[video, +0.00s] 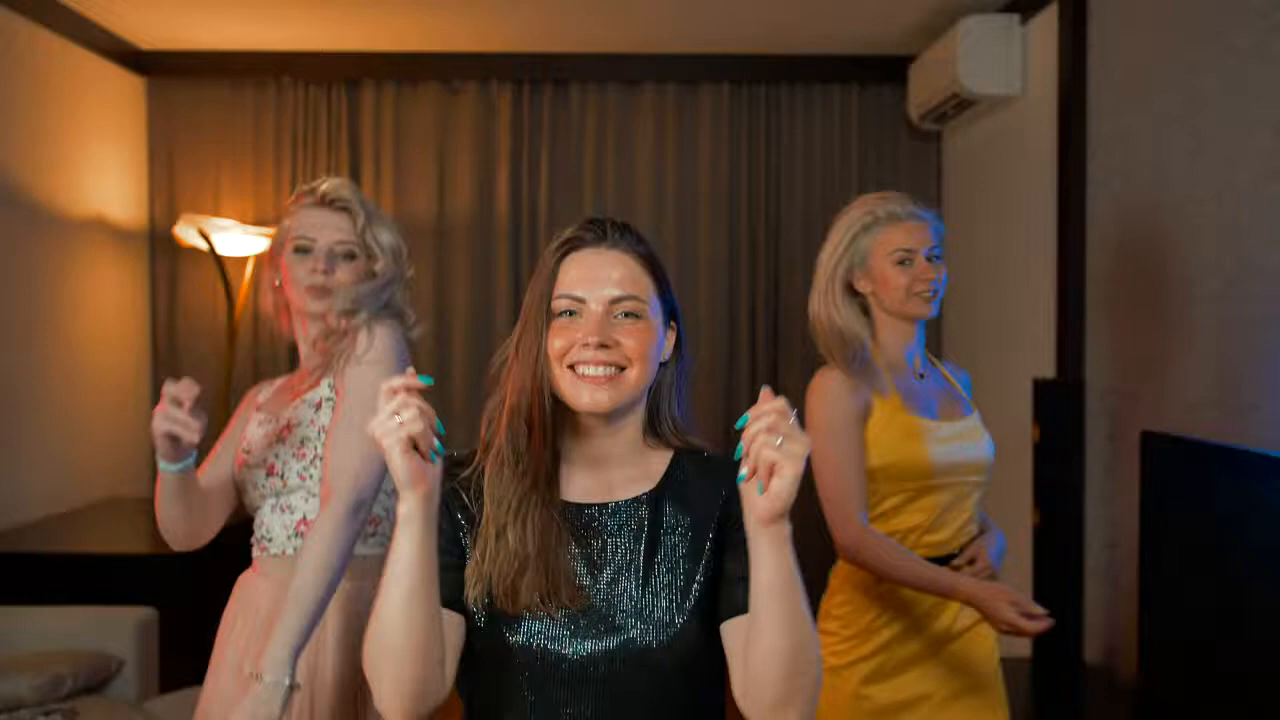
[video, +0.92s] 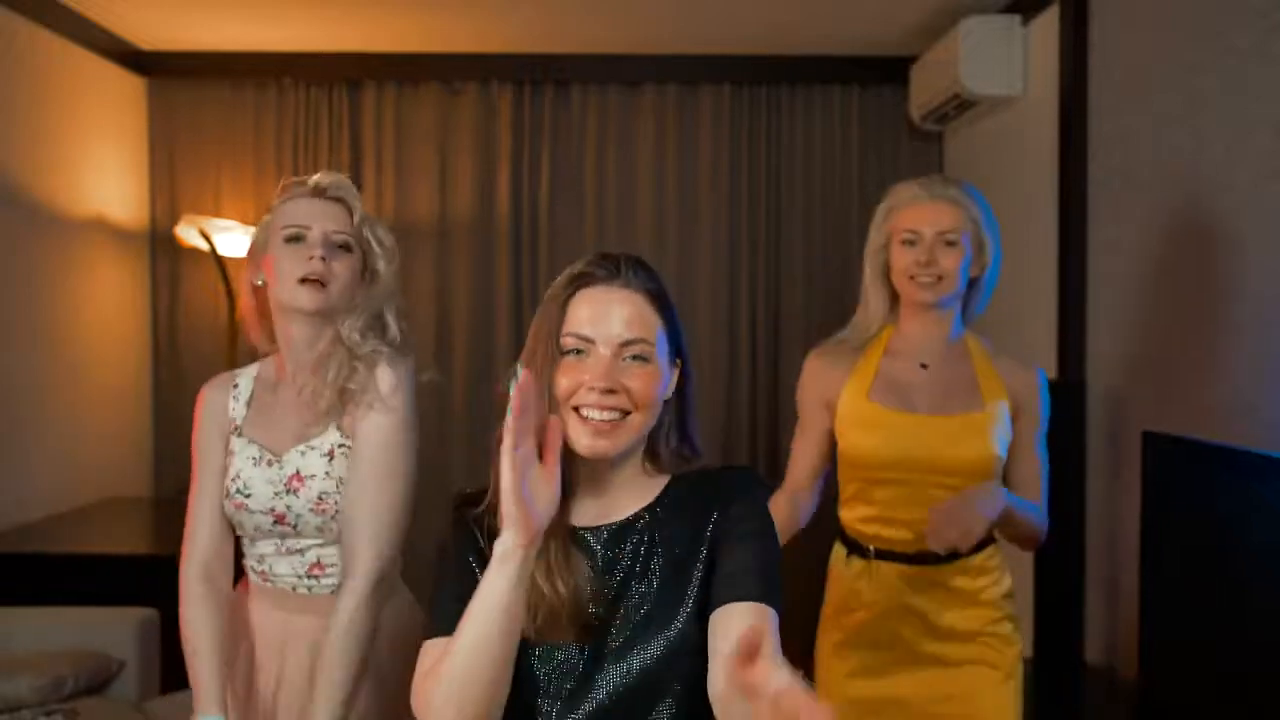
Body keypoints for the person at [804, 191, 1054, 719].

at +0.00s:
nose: (928, 273)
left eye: (934, 257)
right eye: (904, 260)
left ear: (946, 268)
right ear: (860, 281)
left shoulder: (953, 380)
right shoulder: (839, 386)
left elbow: (957, 502)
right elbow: (849, 536)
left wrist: (992, 540)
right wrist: (969, 591)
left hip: (961, 636)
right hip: (873, 637)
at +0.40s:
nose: (967, 287)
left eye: (983, 271)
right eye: (946, 271)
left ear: (1001, 286)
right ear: (910, 287)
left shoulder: (1018, 399)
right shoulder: (878, 390)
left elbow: (1016, 511)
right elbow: (842, 532)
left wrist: (1037, 547)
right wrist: (964, 576)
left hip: (998, 659)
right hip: (896, 658)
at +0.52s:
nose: (952, 252)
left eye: (970, 235)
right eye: (931, 235)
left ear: (992, 249)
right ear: (900, 248)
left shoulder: (1025, 371)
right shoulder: (864, 351)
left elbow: (1037, 486)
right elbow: (792, 484)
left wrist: (1026, 517)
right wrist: (890, 522)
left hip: (981, 629)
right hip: (878, 627)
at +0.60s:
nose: (939, 270)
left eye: (959, 252)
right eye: (919, 253)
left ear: (985, 266)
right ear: (893, 268)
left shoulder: (1023, 387)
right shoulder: (853, 378)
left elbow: (1044, 504)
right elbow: (791, 488)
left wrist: (1035, 524)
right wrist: (838, 526)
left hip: (971, 640)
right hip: (866, 635)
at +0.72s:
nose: (924, 324)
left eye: (944, 308)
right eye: (906, 308)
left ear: (973, 326)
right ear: (885, 322)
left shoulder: (1012, 446)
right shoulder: (843, 433)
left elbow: (1041, 557)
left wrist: (1046, 571)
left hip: (958, 682)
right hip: (851, 677)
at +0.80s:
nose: (920, 314)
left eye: (942, 298)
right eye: (903, 297)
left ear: (970, 317)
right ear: (882, 311)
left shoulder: (1009, 434)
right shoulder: (842, 419)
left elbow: (1033, 541)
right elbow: (808, 541)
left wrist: (1032, 571)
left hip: (959, 672)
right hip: (852, 666)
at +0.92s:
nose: (927, 258)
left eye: (948, 242)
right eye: (909, 241)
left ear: (976, 259)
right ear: (885, 256)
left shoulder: (1016, 384)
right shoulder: (833, 368)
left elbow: (1034, 528)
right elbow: (797, 493)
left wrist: (995, 500)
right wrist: (735, 553)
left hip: (972, 632)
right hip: (861, 631)